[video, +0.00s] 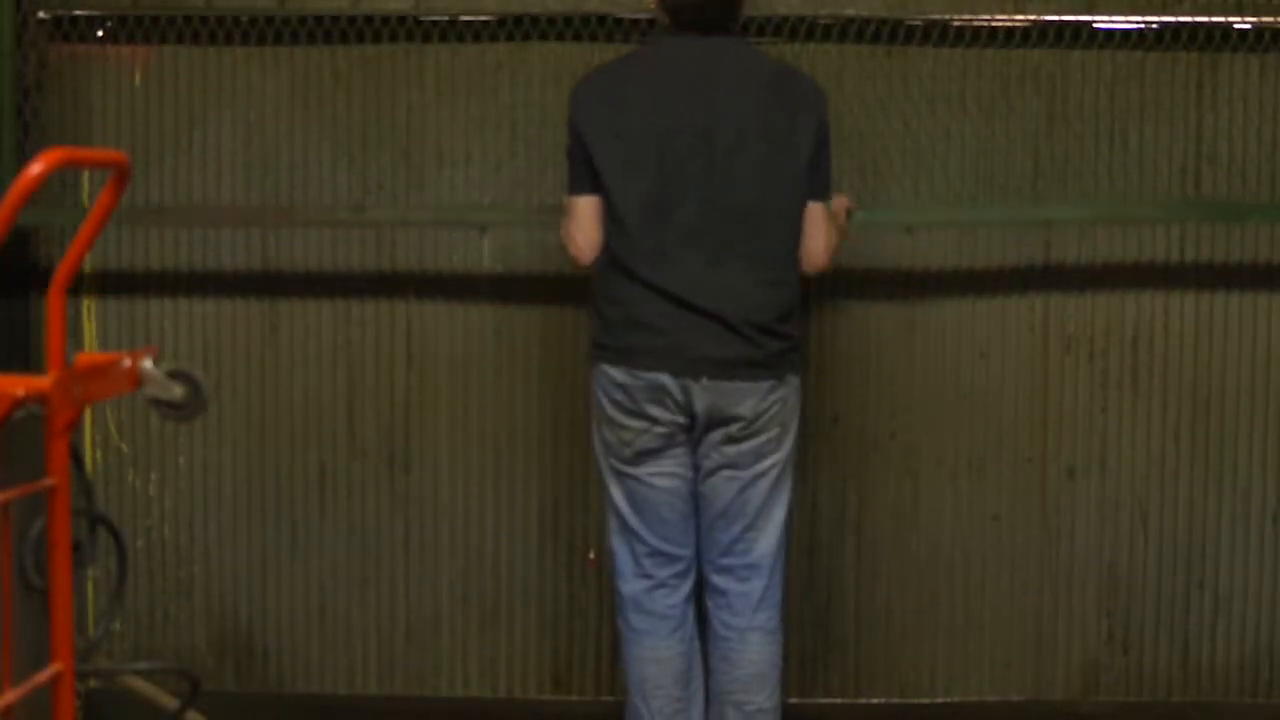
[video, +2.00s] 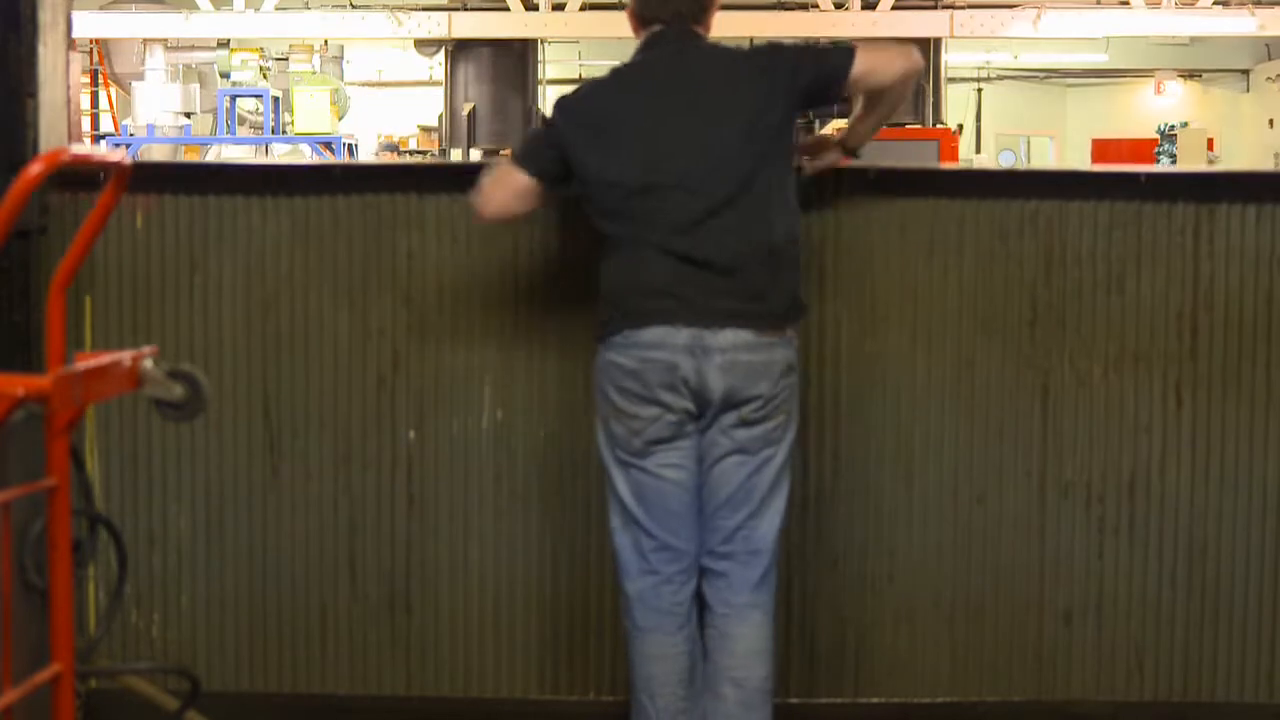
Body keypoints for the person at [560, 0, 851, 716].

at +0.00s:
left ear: (660, 7)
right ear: (740, 7)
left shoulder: (605, 90)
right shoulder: (793, 93)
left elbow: (584, 243)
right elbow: (814, 254)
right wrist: (833, 216)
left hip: (636, 367)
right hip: (752, 371)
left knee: (654, 583)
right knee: (744, 584)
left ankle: (665, 716)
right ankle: (745, 714)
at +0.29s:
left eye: (660, 3)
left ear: (659, 7)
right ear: (737, 7)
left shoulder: (611, 91)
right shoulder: (788, 93)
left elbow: (553, 208)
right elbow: (836, 213)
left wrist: (581, 109)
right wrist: (826, 113)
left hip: (638, 365)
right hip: (752, 369)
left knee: (656, 581)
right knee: (744, 582)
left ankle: (664, 715)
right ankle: (744, 716)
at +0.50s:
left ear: (664, 10)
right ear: (741, 11)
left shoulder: (620, 83)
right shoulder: (781, 88)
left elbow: (543, 96)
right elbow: (863, 106)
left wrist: (583, 1)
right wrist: (843, 11)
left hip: (638, 358)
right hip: (750, 363)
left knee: (656, 579)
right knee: (744, 580)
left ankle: (666, 714)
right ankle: (744, 713)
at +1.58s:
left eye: (651, 9)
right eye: (732, 9)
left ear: (652, 13)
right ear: (731, 13)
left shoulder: (619, 95)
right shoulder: (778, 91)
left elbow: (534, 198)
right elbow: (855, 199)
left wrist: (562, 104)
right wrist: (812, 104)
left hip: (645, 339)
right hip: (759, 340)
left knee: (659, 572)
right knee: (752, 571)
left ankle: (666, 714)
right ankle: (750, 714)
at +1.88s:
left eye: (622, 16)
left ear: (626, 19)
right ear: (706, 13)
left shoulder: (594, 105)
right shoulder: (774, 84)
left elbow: (531, 232)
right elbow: (882, 151)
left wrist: (581, 167)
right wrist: (818, 128)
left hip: (646, 338)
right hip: (762, 336)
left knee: (662, 574)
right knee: (753, 571)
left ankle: (672, 715)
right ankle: (755, 715)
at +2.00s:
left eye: (630, 14)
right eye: (715, 14)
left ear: (633, 20)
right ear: (712, 16)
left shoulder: (593, 104)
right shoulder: (765, 70)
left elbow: (492, 201)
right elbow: (900, 63)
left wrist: (564, 165)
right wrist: (849, 140)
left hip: (643, 340)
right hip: (756, 338)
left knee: (657, 571)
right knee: (742, 572)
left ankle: (665, 716)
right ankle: (738, 717)